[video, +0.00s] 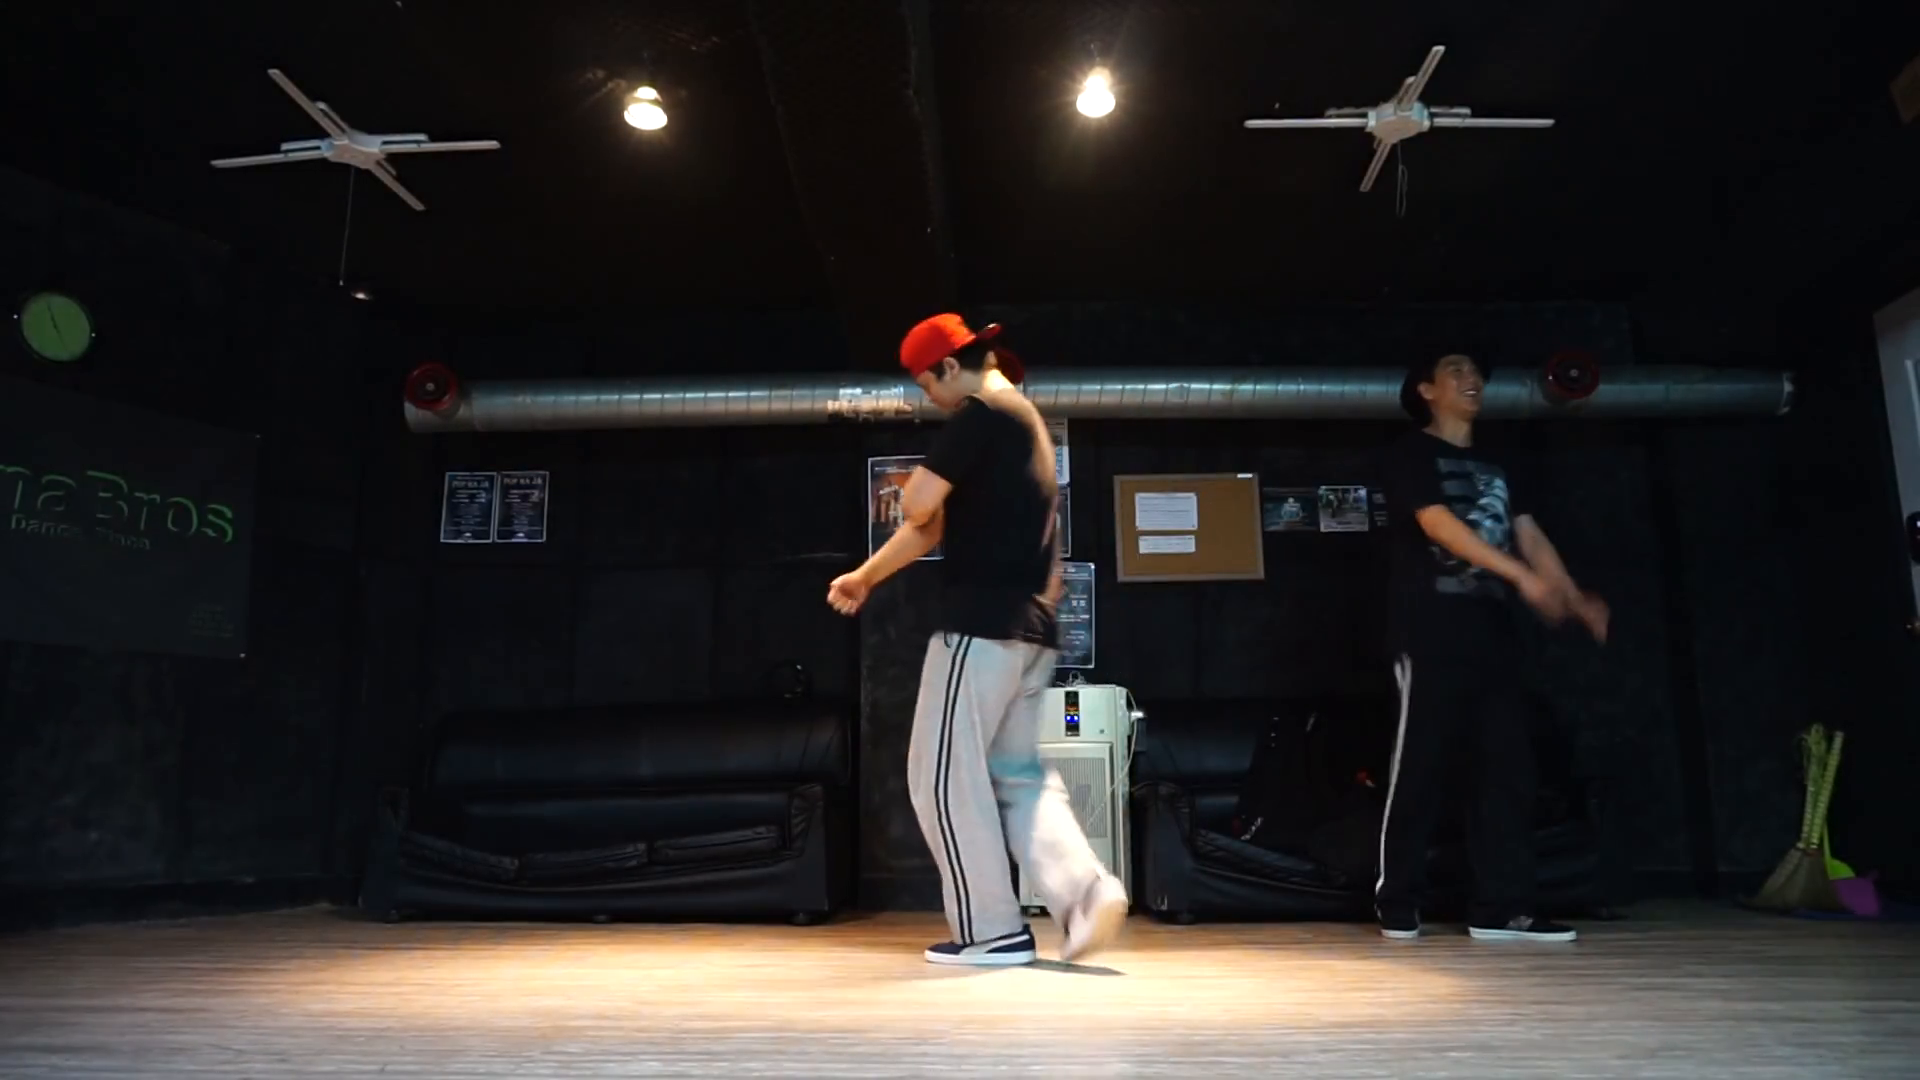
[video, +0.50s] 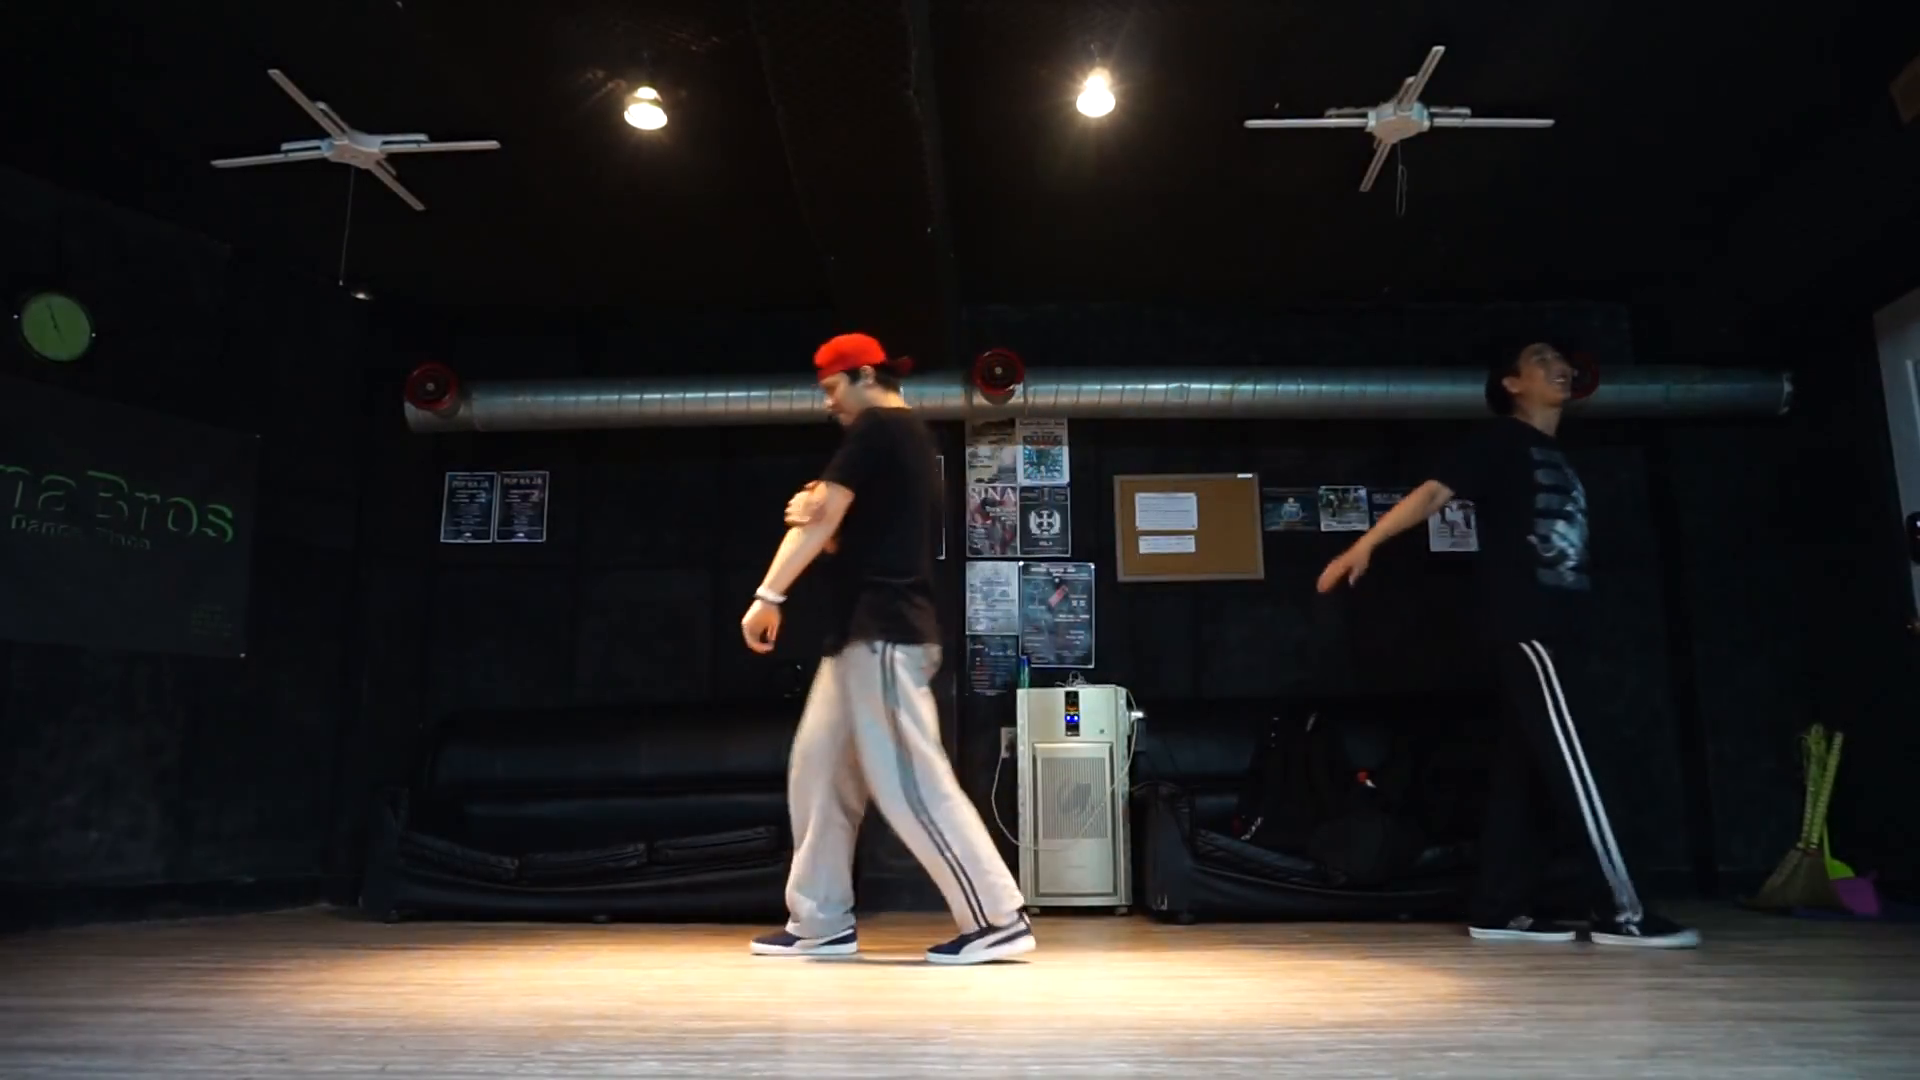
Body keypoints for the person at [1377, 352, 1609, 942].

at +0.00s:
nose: (1471, 382)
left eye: (1475, 375)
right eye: (1456, 374)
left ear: (1482, 393)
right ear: (1426, 392)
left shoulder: (1493, 467)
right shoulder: (1410, 456)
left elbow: (1529, 537)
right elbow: (1441, 527)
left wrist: (1574, 597)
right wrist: (1521, 575)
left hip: (1492, 630)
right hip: (1431, 631)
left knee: (1502, 765)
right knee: (1421, 767)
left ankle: (1499, 910)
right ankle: (1397, 903)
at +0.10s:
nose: (1488, 378)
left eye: (1491, 372)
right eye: (1473, 371)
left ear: (1497, 390)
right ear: (1442, 392)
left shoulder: (1510, 470)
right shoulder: (1431, 452)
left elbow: (1541, 549)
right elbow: (1434, 530)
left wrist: (1574, 626)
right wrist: (1488, 602)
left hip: (1504, 629)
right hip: (1446, 627)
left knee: (1509, 763)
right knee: (1441, 761)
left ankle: (1500, 910)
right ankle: (1399, 897)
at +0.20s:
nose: (1506, 376)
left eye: (1508, 369)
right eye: (1491, 370)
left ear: (1514, 388)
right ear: (1463, 392)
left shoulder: (1524, 466)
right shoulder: (1447, 453)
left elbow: (1542, 550)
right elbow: (1426, 540)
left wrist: (1557, 623)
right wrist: (1436, 622)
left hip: (1526, 631)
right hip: (1473, 630)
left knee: (1526, 763)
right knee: (1479, 758)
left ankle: (1505, 906)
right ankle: (1418, 880)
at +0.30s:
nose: (1525, 372)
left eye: (1527, 365)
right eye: (1508, 366)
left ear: (1535, 387)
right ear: (1480, 389)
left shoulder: (1538, 465)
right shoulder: (1463, 448)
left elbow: (1538, 547)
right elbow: (1419, 521)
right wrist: (1388, 603)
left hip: (1534, 623)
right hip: (1484, 619)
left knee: (1538, 754)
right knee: (1524, 749)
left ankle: (1513, 902)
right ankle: (1474, 884)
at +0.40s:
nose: (1544, 369)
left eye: (1546, 363)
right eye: (1526, 362)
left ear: (1553, 386)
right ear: (1496, 384)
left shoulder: (1547, 462)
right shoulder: (1483, 443)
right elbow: (1421, 506)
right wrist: (1360, 573)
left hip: (1538, 625)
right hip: (1503, 624)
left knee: (1513, 766)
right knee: (1558, 762)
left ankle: (1497, 911)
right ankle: (1563, 908)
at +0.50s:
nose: (1563, 374)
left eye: (1565, 368)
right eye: (1546, 365)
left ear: (1567, 391)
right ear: (1513, 385)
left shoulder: (1557, 460)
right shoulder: (1500, 441)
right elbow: (1432, 494)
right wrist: (1365, 545)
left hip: (1559, 625)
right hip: (1523, 624)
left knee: (1522, 764)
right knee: (1572, 760)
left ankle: (1499, 909)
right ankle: (1623, 912)